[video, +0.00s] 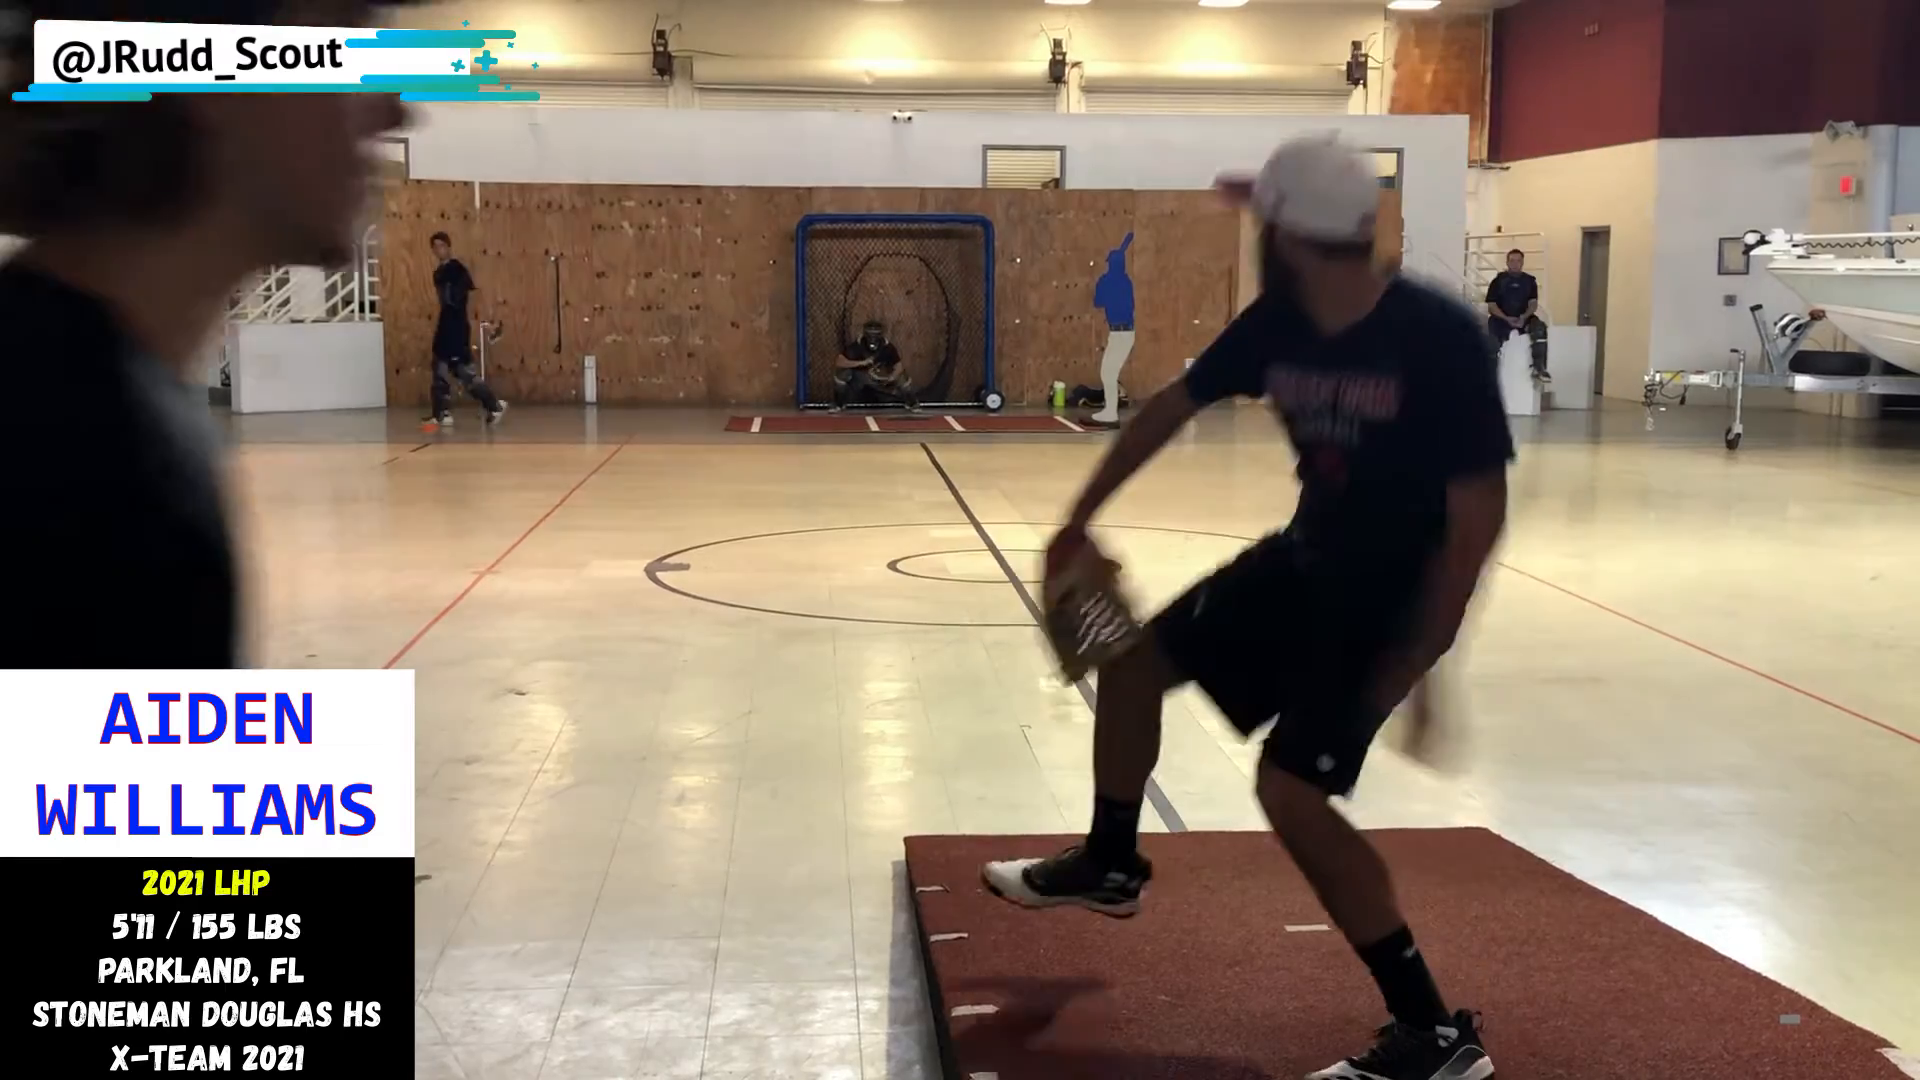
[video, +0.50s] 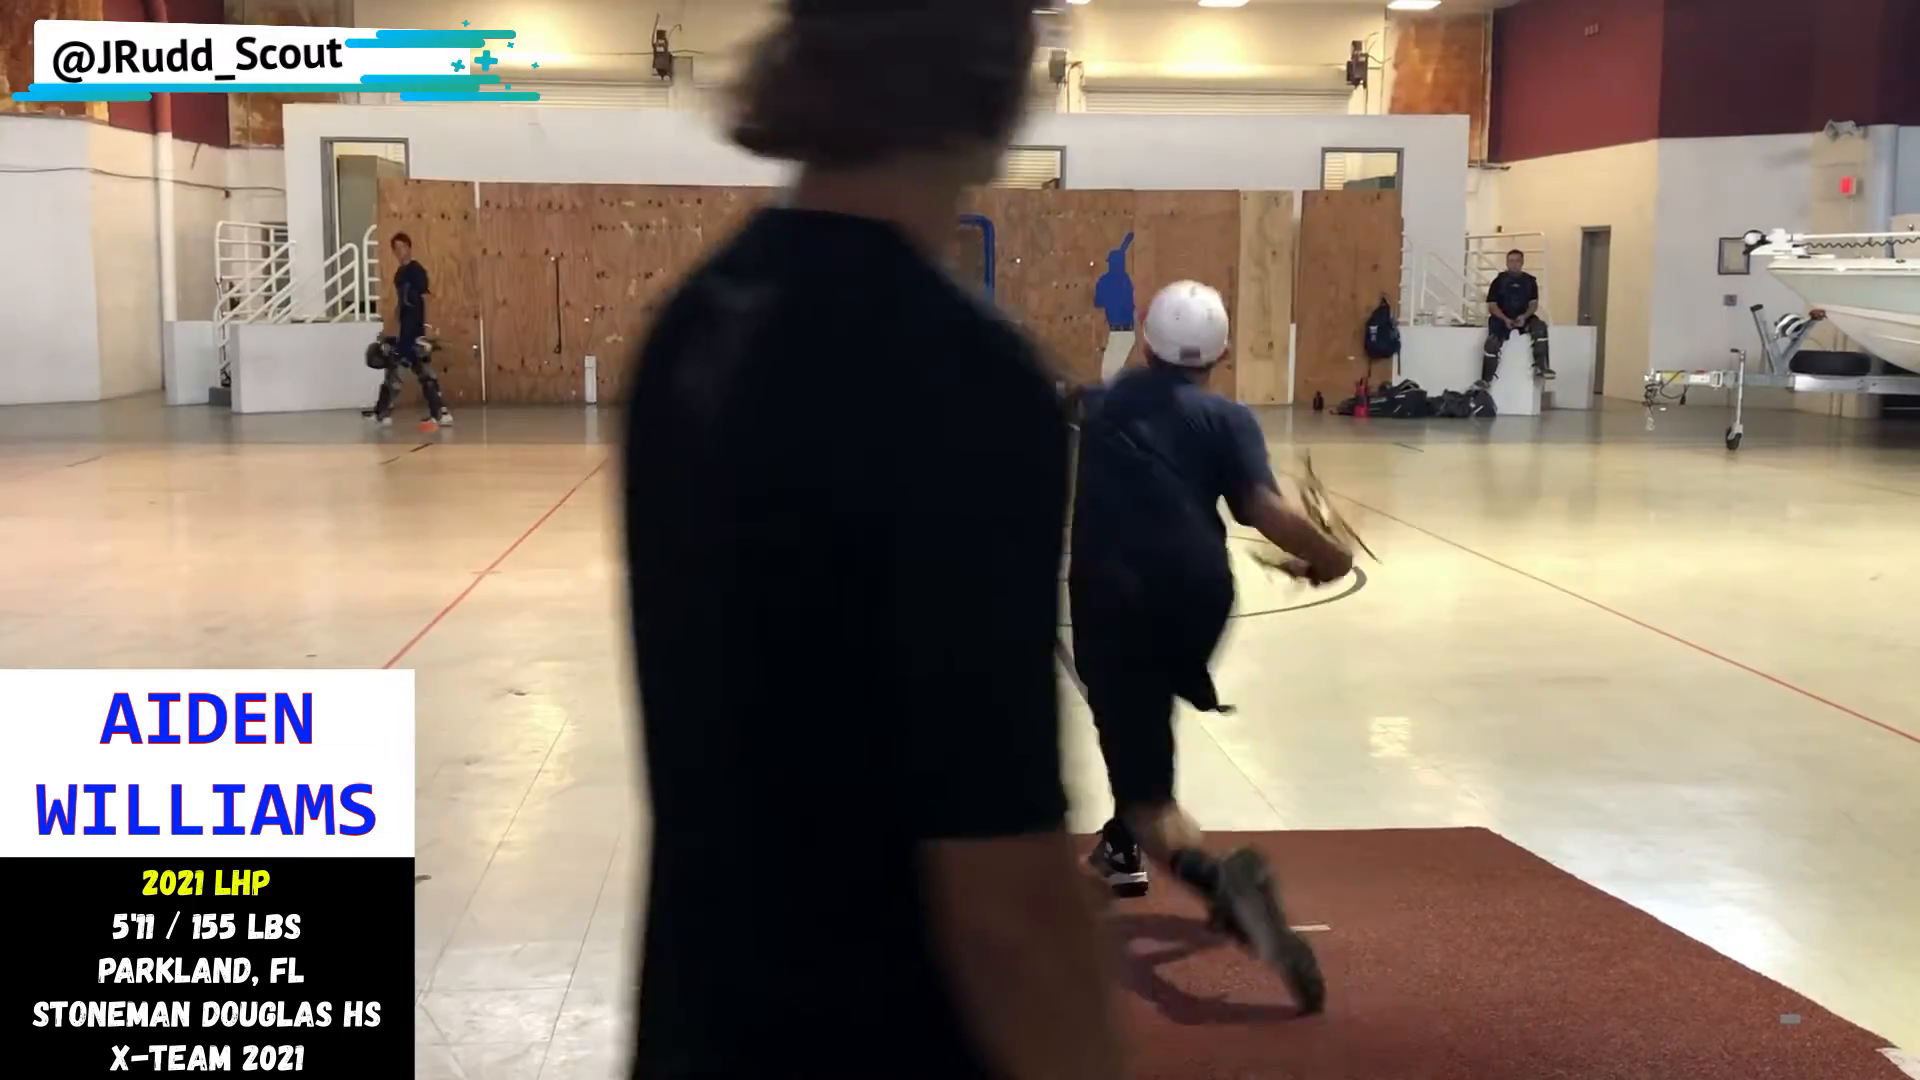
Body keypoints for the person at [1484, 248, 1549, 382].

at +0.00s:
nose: (1515, 264)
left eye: (1518, 261)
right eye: (1512, 260)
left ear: (1522, 263)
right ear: (1507, 262)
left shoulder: (1529, 280)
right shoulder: (1499, 280)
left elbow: (1533, 303)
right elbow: (1491, 305)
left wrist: (1524, 317)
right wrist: (1507, 319)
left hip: (1523, 317)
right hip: (1503, 317)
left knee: (1539, 328)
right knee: (1493, 336)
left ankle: (1540, 368)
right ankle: (1490, 373)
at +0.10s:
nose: (1515, 264)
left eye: (1518, 261)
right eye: (1512, 260)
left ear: (1522, 263)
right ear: (1507, 262)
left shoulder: (1529, 280)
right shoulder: (1498, 280)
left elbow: (1533, 303)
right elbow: (1491, 305)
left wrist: (1523, 317)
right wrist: (1506, 319)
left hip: (1523, 316)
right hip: (1502, 317)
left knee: (1539, 329)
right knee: (1493, 341)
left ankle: (1539, 369)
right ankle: (1486, 380)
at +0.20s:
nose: (1515, 264)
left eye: (1518, 261)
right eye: (1512, 261)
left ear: (1522, 263)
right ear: (1507, 263)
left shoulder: (1529, 280)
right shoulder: (1498, 280)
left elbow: (1533, 303)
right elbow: (1491, 305)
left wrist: (1524, 317)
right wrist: (1506, 319)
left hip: (1523, 316)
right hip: (1502, 316)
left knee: (1539, 329)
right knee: (1493, 341)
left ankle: (1539, 369)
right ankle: (1485, 379)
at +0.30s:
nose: (1515, 264)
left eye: (1518, 261)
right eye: (1512, 260)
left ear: (1522, 262)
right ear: (1507, 262)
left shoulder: (1529, 280)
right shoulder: (1499, 280)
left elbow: (1533, 303)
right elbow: (1491, 305)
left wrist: (1523, 317)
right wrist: (1506, 318)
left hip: (1523, 316)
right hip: (1502, 316)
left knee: (1539, 327)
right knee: (1493, 340)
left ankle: (1541, 367)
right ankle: (1486, 379)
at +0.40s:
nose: (1515, 264)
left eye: (1518, 261)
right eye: (1512, 261)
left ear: (1522, 263)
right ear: (1507, 263)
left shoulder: (1530, 281)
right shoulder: (1500, 280)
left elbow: (1533, 304)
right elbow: (1492, 305)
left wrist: (1524, 317)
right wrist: (1505, 318)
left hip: (1523, 316)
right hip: (1503, 317)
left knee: (1539, 327)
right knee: (1493, 340)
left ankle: (1542, 367)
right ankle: (1486, 379)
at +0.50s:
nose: (1514, 264)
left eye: (1517, 261)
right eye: (1511, 261)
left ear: (1522, 263)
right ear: (1507, 263)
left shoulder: (1530, 280)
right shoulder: (1499, 280)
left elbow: (1533, 303)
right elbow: (1492, 305)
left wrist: (1524, 317)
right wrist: (1505, 319)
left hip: (1523, 316)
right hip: (1502, 316)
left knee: (1540, 327)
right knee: (1493, 340)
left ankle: (1542, 366)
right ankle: (1486, 379)